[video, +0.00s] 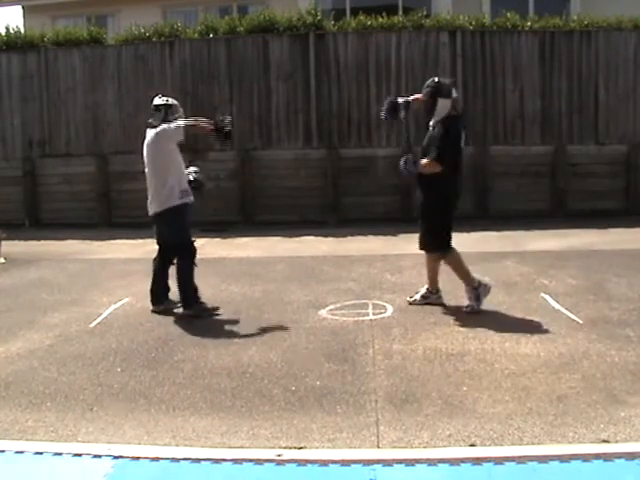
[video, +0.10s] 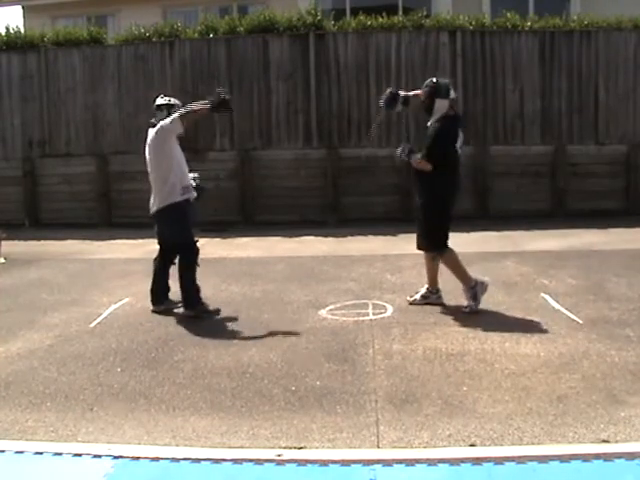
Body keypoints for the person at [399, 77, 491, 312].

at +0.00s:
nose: (422, 100)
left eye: (426, 97)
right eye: (424, 97)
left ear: (437, 101)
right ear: (443, 101)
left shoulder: (443, 127)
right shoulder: (446, 120)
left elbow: (438, 164)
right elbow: (426, 98)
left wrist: (414, 165)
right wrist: (403, 102)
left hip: (441, 193)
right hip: (435, 191)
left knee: (439, 243)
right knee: (432, 242)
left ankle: (474, 286)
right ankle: (432, 289)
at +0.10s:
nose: (423, 101)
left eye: (427, 98)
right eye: (424, 97)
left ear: (438, 100)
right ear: (443, 100)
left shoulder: (443, 127)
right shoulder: (445, 117)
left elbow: (428, 164)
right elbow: (426, 94)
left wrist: (408, 155)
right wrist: (402, 97)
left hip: (439, 193)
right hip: (433, 191)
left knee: (435, 243)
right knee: (428, 241)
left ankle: (472, 285)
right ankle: (432, 289)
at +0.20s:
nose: (419, 96)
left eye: (423, 93)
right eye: (421, 92)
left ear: (434, 99)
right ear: (440, 100)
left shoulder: (437, 126)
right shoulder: (445, 118)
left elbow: (418, 162)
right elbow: (426, 91)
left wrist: (406, 146)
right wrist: (402, 88)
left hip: (436, 194)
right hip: (433, 191)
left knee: (433, 243)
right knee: (428, 241)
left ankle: (469, 284)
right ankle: (431, 289)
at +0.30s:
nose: (419, 95)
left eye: (423, 92)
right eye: (421, 90)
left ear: (433, 99)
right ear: (439, 99)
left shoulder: (436, 126)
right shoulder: (445, 118)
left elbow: (418, 162)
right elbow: (428, 89)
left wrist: (406, 146)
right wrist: (403, 85)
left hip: (436, 193)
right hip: (432, 191)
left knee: (433, 243)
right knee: (427, 241)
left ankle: (468, 284)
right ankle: (431, 289)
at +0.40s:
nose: (419, 96)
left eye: (423, 93)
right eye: (421, 92)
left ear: (434, 100)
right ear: (440, 101)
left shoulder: (435, 126)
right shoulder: (445, 117)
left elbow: (421, 162)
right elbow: (427, 88)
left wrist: (404, 149)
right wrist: (403, 83)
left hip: (436, 193)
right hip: (433, 189)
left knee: (434, 243)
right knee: (427, 241)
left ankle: (470, 284)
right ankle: (431, 289)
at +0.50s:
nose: (419, 100)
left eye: (423, 96)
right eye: (420, 96)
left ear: (433, 100)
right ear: (440, 100)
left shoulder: (439, 127)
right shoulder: (443, 120)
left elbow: (430, 164)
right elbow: (429, 93)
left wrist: (407, 158)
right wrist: (407, 82)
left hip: (436, 194)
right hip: (431, 192)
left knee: (439, 243)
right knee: (428, 241)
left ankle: (474, 285)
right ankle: (431, 289)